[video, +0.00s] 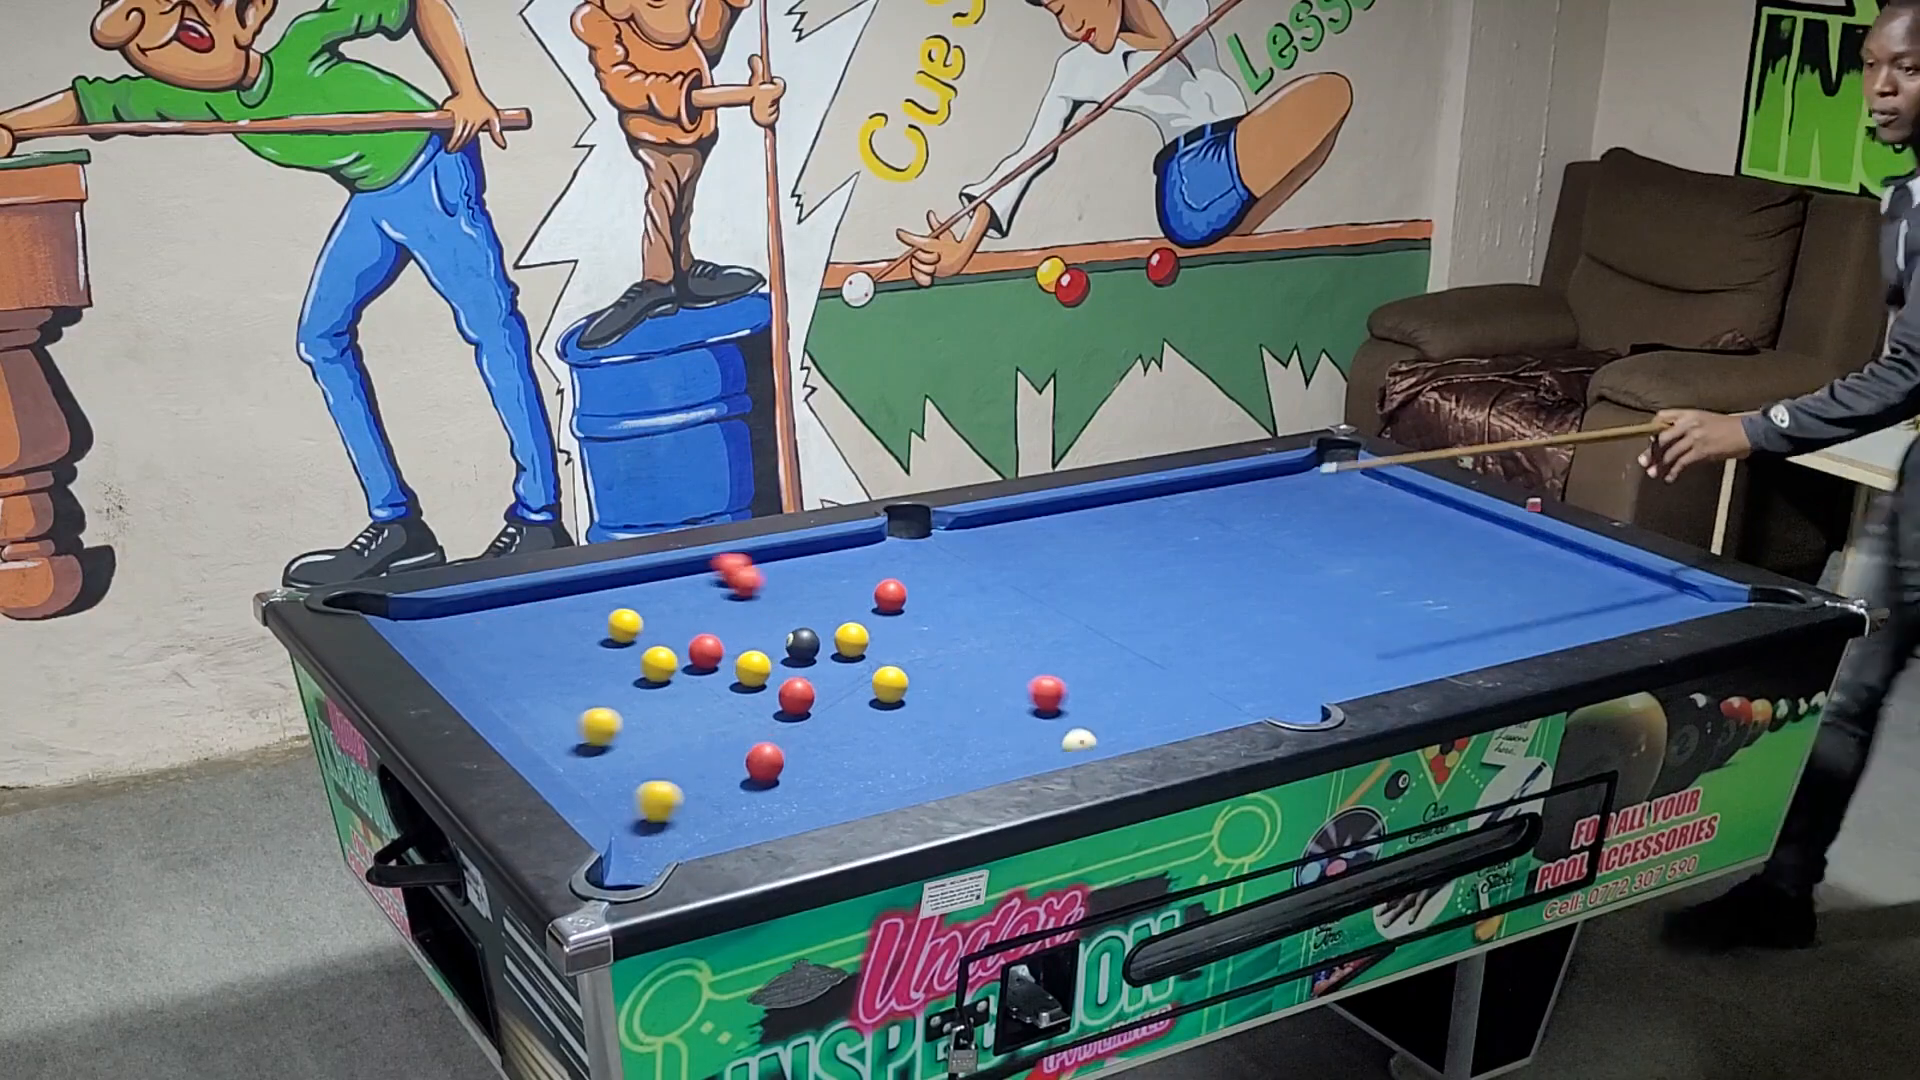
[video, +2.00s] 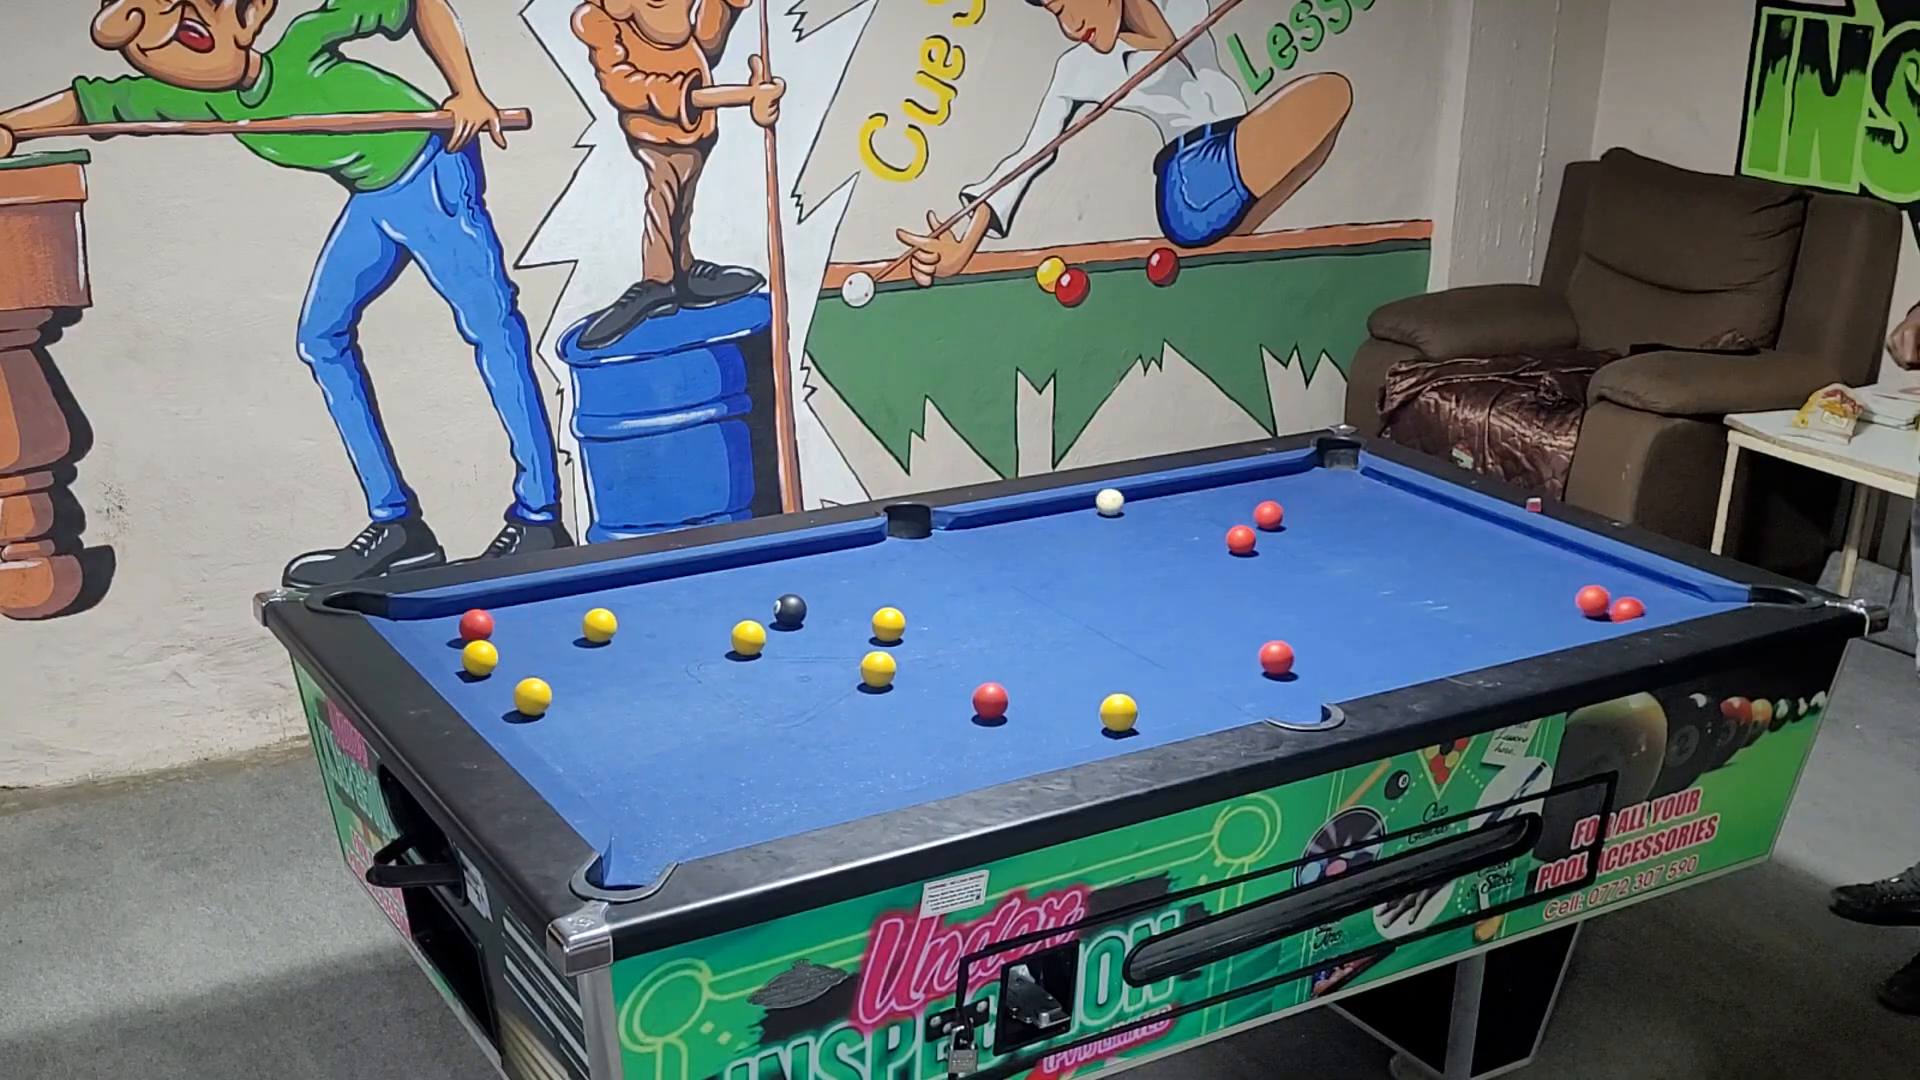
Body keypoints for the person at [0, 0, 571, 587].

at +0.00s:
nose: (207, 57)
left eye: (200, 42)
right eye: (191, 56)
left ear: (228, 22)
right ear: (185, 74)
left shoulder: (300, 37)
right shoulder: (213, 98)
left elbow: (419, 4)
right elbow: (90, 101)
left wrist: (467, 87)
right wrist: (9, 124)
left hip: (426, 165)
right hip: (369, 199)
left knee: (492, 329)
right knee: (322, 337)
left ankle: (540, 516)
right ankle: (397, 522)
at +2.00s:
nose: (208, 60)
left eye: (201, 44)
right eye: (190, 60)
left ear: (228, 24)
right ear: (185, 74)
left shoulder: (300, 37)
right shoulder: (211, 97)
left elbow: (418, 4)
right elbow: (90, 101)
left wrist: (467, 87)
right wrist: (9, 124)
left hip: (426, 165)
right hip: (369, 199)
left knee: (492, 329)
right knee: (322, 337)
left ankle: (541, 517)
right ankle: (397, 522)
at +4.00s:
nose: (205, 56)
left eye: (198, 42)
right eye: (189, 57)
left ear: (226, 21)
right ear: (184, 74)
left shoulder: (300, 37)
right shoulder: (212, 98)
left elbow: (418, 3)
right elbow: (91, 100)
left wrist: (466, 87)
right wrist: (11, 123)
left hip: (426, 165)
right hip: (369, 198)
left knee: (491, 327)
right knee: (322, 337)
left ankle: (541, 518)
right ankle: (397, 522)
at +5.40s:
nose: (203, 55)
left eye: (197, 40)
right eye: (187, 55)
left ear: (222, 20)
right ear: (183, 73)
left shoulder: (300, 37)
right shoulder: (218, 98)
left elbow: (417, 3)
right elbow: (92, 100)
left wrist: (467, 87)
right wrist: (9, 124)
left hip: (426, 164)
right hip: (369, 197)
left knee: (492, 329)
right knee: (321, 337)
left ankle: (541, 518)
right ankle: (397, 522)